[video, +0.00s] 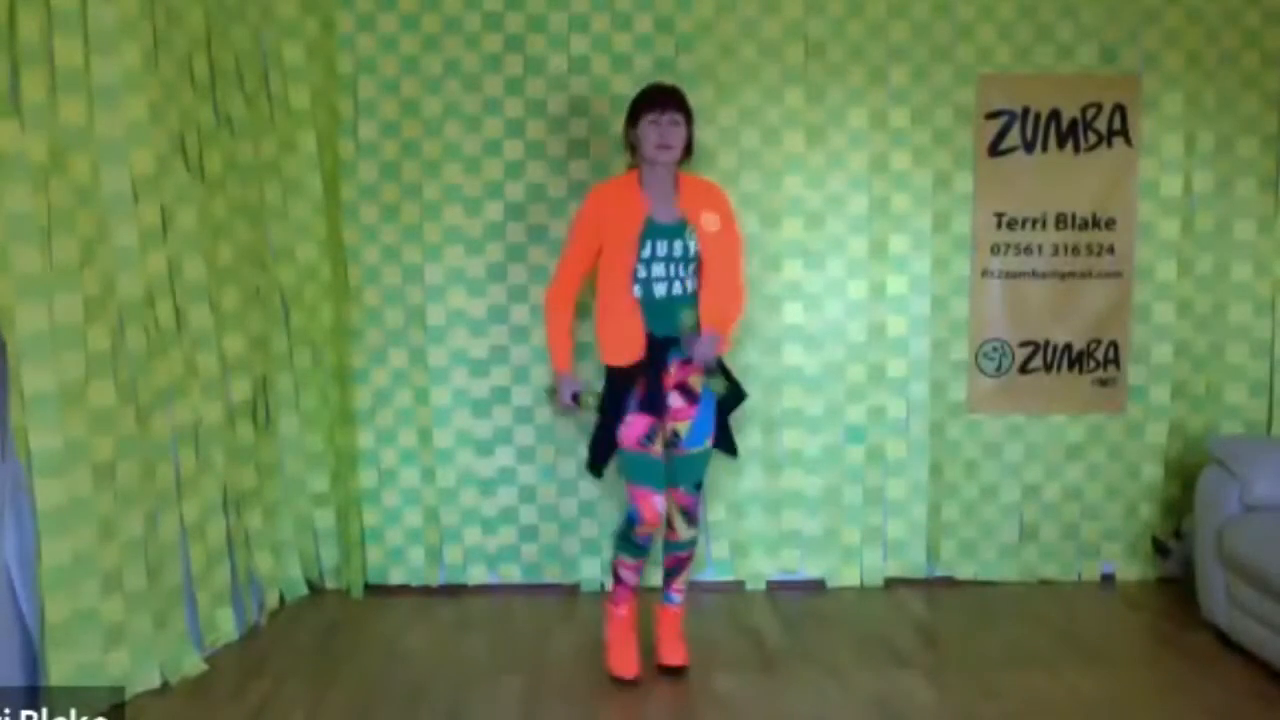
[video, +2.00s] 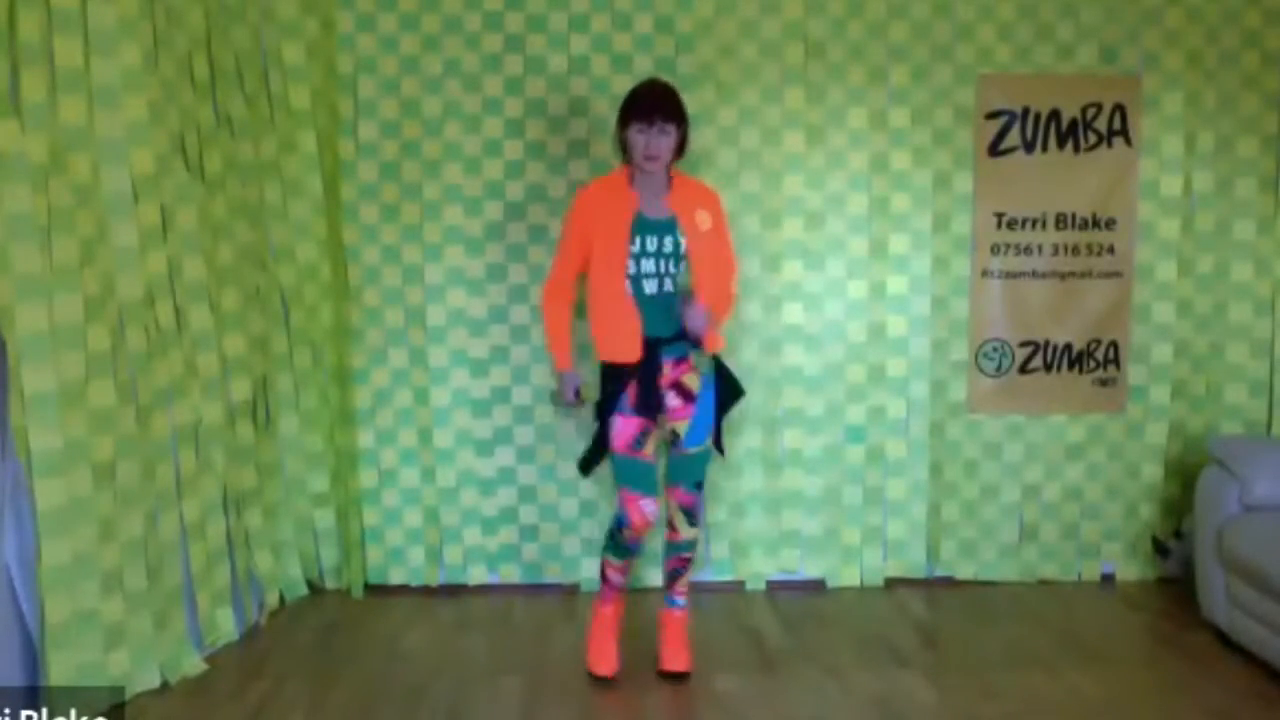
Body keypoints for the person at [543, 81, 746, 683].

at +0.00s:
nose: (663, 134)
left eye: (674, 124)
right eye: (652, 124)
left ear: (689, 135)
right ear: (633, 133)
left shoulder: (709, 199)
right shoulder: (606, 202)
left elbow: (728, 278)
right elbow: (563, 288)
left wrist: (717, 332)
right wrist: (563, 366)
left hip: (696, 364)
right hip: (632, 367)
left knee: (687, 503)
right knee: (646, 507)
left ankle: (672, 616)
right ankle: (621, 617)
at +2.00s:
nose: (652, 142)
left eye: (664, 131)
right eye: (641, 130)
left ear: (680, 139)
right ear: (623, 136)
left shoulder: (701, 201)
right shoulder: (594, 202)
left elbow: (723, 277)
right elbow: (560, 285)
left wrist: (704, 312)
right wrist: (564, 363)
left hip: (692, 364)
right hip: (626, 369)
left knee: (686, 505)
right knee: (636, 510)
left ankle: (676, 620)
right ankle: (607, 613)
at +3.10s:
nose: (622, 155)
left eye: (631, 146)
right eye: (611, 148)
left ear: (651, 158)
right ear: (594, 166)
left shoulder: (688, 210)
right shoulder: (589, 243)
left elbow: (714, 279)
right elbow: (569, 335)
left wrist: (730, 344)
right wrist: (552, 427)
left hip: (698, 374)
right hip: (630, 384)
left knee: (731, 512)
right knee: (609, 519)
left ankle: (689, 604)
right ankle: (598, 632)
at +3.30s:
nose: (678, 192)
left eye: (689, 182)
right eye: (667, 182)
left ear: (705, 191)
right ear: (648, 190)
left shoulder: (729, 253)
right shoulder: (620, 258)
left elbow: (783, 323)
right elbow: (579, 333)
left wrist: (826, 395)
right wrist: (575, 408)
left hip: (719, 411)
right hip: (645, 416)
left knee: (808, 511)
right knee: (590, 527)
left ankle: (851, 624)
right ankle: (595, 635)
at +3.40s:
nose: (720, 206)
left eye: (732, 195)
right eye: (710, 194)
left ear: (746, 205)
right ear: (691, 200)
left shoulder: (765, 271)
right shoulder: (655, 258)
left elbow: (819, 341)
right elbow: (603, 310)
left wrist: (874, 410)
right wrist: (597, 380)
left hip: (739, 428)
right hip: (664, 428)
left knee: (838, 526)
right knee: (597, 525)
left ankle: (874, 631)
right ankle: (596, 635)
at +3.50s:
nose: (786, 228)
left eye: (799, 218)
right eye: (778, 215)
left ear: (816, 230)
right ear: (761, 220)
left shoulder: (824, 303)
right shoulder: (722, 266)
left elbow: (884, 370)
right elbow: (655, 288)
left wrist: (947, 438)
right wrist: (648, 347)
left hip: (774, 445)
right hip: (698, 438)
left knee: (877, 525)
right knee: (617, 535)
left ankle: (881, 631)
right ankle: (600, 634)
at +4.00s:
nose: (741, 202)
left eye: (754, 192)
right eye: (734, 190)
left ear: (771, 201)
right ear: (721, 194)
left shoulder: (786, 260)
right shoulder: (687, 250)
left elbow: (840, 331)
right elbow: (630, 311)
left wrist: (889, 402)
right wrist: (616, 380)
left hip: (754, 409)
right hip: (685, 409)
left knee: (838, 510)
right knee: (626, 512)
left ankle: (880, 629)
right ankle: (589, 632)